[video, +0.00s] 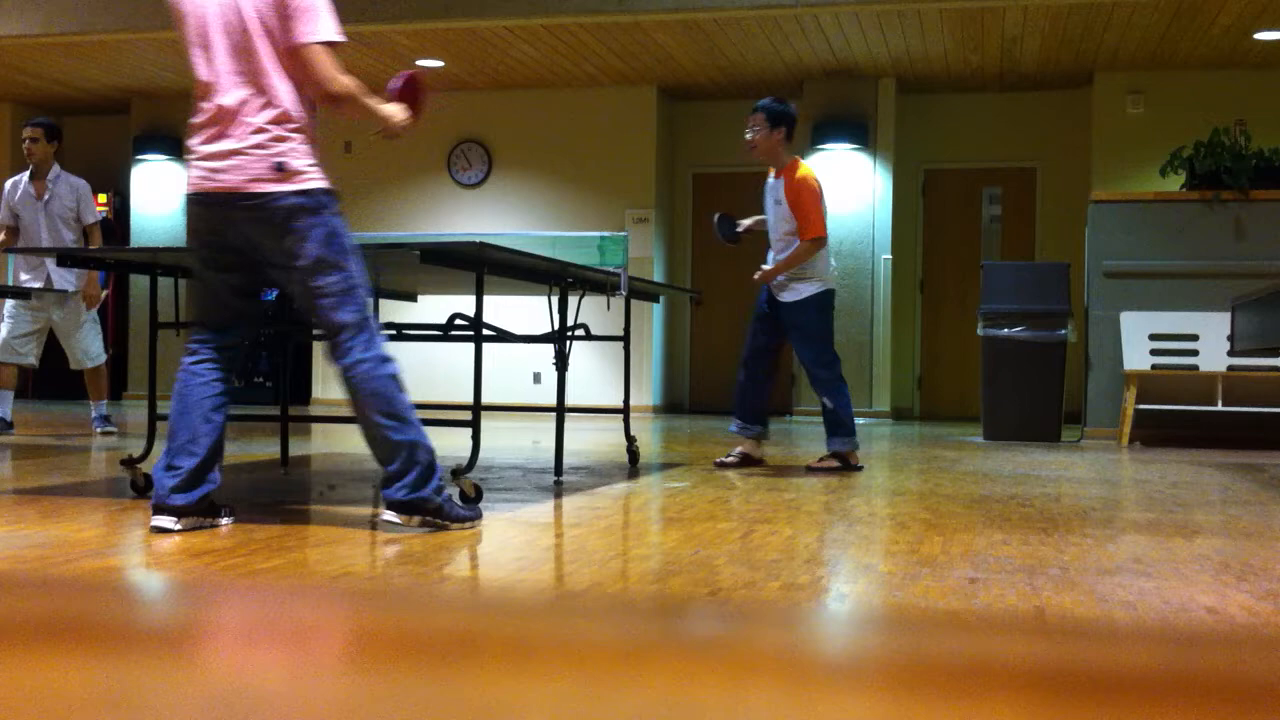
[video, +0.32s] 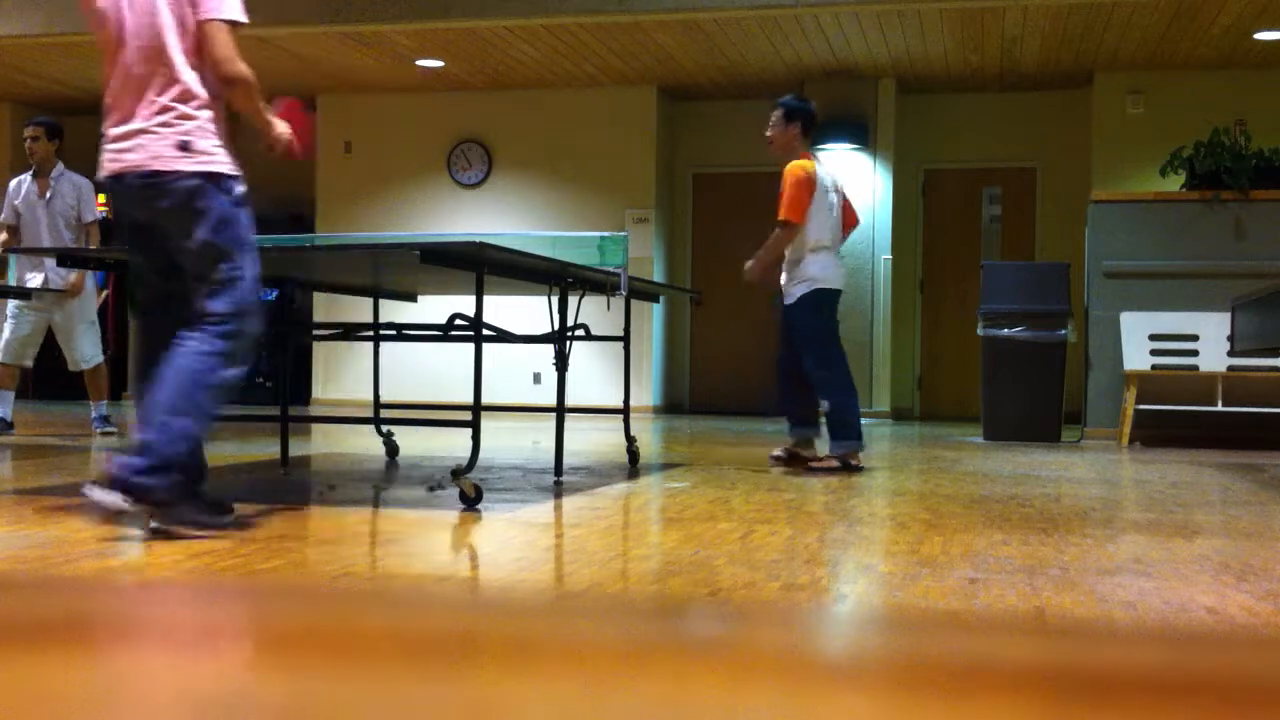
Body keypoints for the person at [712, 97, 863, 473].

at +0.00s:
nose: (748, 137)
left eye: (756, 130)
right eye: (748, 130)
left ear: (780, 133)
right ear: (769, 135)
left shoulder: (801, 179)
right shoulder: (774, 175)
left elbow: (815, 239)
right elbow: (785, 221)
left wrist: (775, 269)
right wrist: (750, 224)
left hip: (809, 290)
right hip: (778, 287)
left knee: (823, 370)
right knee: (756, 360)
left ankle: (844, 451)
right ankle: (750, 444)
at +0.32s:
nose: (767, 133)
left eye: (774, 125)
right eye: (768, 124)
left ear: (796, 129)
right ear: (795, 131)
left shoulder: (798, 170)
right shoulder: (821, 170)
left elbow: (789, 226)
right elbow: (849, 219)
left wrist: (758, 261)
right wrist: (815, 250)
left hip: (810, 278)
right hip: (817, 278)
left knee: (824, 360)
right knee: (794, 360)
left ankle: (846, 448)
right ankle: (802, 443)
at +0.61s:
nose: (759, 147)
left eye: (765, 140)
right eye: (761, 140)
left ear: (783, 143)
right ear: (792, 145)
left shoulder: (778, 180)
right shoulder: (824, 185)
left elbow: (758, 233)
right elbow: (845, 238)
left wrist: (721, 265)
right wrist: (823, 269)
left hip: (795, 285)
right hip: (825, 286)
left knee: (789, 366)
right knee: (808, 367)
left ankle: (831, 438)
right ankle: (807, 444)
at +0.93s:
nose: (726, 170)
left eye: (729, 161)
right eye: (726, 162)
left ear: (743, 158)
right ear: (759, 157)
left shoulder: (746, 188)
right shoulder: (793, 185)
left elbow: (714, 241)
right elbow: (798, 240)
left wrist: (680, 274)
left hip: (776, 290)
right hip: (815, 293)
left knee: (742, 363)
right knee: (806, 365)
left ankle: (715, 443)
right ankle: (808, 446)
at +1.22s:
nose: (687, 178)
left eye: (688, 171)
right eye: (686, 171)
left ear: (702, 169)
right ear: (720, 167)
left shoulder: (704, 203)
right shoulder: (755, 188)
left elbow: (687, 259)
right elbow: (751, 244)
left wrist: (648, 279)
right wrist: (714, 269)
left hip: (745, 293)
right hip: (788, 291)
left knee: (711, 369)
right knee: (791, 369)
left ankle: (713, 448)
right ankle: (805, 446)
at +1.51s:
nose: (679, 165)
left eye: (682, 158)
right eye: (679, 158)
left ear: (698, 159)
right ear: (715, 160)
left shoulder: (696, 194)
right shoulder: (749, 182)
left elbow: (670, 250)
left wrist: (638, 260)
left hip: (730, 290)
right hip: (773, 287)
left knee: (702, 369)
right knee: (781, 366)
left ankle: (713, 448)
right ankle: (799, 446)